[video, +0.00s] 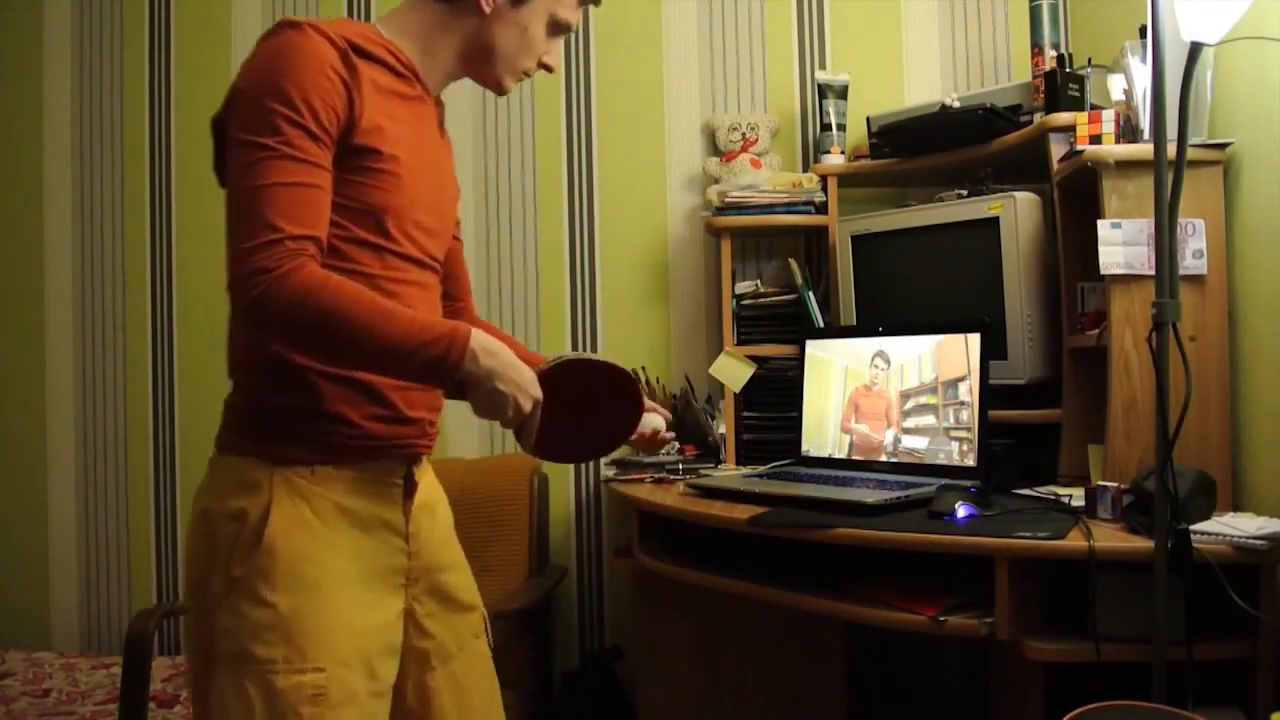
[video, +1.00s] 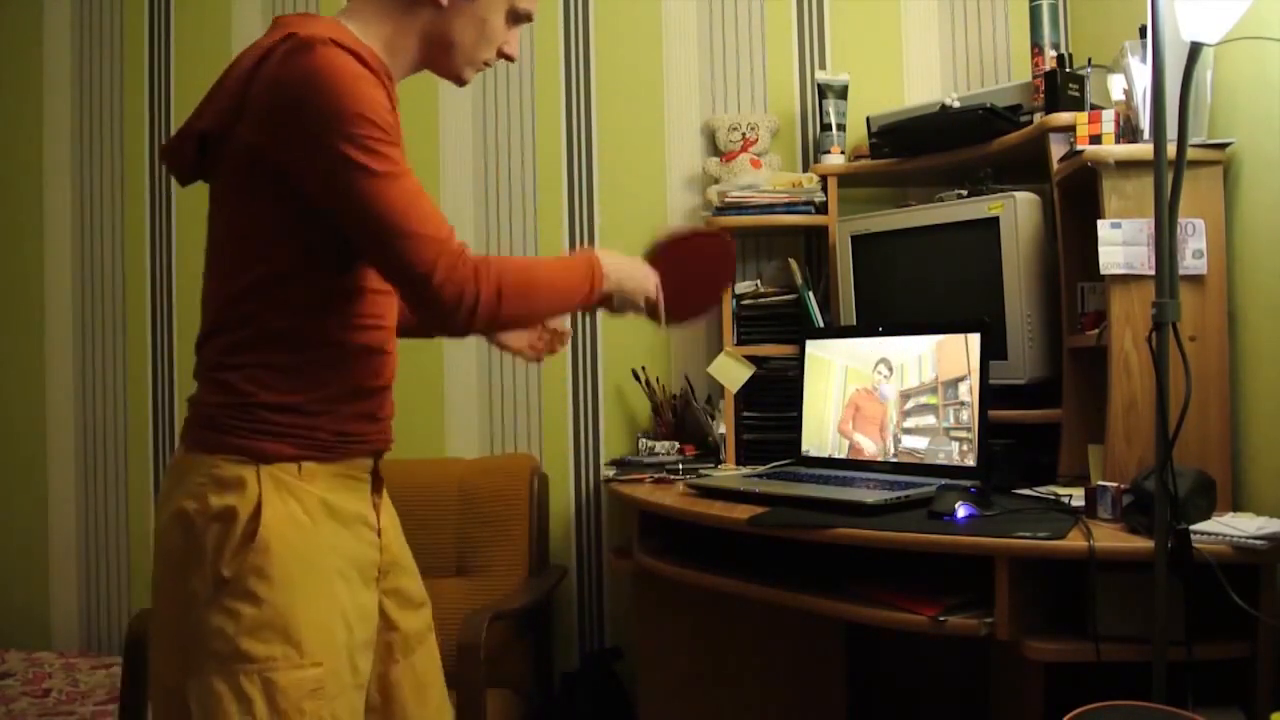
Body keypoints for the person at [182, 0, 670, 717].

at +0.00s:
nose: (552, 61)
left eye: (563, 39)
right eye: (556, 28)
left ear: (496, 7)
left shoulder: (425, 117)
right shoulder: (308, 57)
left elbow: (455, 322)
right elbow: (271, 276)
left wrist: (588, 403)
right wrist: (458, 355)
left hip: (409, 502)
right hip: (293, 505)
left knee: (462, 712)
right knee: (298, 711)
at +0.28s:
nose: (478, 33)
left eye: (486, 12)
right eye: (477, 2)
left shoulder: (355, 110)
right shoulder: (208, 39)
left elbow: (406, 315)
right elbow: (147, 278)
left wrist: (561, 307)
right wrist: (365, 358)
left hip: (349, 513)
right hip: (217, 517)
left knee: (413, 708)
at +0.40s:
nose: (461, 15)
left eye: (466, 4)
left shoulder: (339, 110)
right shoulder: (174, 35)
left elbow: (385, 306)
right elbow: (59, 261)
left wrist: (540, 305)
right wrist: (267, 370)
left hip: (341, 518)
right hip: (203, 524)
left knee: (408, 711)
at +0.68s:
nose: (479, 43)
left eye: (486, 18)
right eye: (475, 8)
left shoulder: (336, 114)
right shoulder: (199, 64)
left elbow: (301, 310)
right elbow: (61, 292)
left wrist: (448, 373)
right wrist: (249, 455)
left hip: (316, 522)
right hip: (194, 531)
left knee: (417, 712)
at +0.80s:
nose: (493, 59)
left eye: (503, 36)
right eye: (493, 26)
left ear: (417, 7)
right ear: (419, 1)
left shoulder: (334, 104)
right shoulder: (254, 87)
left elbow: (316, 322)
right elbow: (256, 347)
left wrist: (448, 377)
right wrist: (447, 452)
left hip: (323, 510)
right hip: (232, 520)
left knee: (415, 712)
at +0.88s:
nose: (497, 56)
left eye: (507, 33)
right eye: (498, 23)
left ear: (427, 5)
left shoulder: (331, 92)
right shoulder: (281, 89)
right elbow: (341, 334)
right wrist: (537, 392)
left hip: (333, 514)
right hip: (246, 526)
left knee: (418, 712)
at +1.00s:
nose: (513, 51)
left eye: (523, 27)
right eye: (514, 17)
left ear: (446, 2)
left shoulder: (349, 78)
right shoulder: (319, 74)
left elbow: (340, 300)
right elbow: (456, 287)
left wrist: (479, 318)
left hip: (346, 495)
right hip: (267, 503)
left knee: (413, 712)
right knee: (282, 710)